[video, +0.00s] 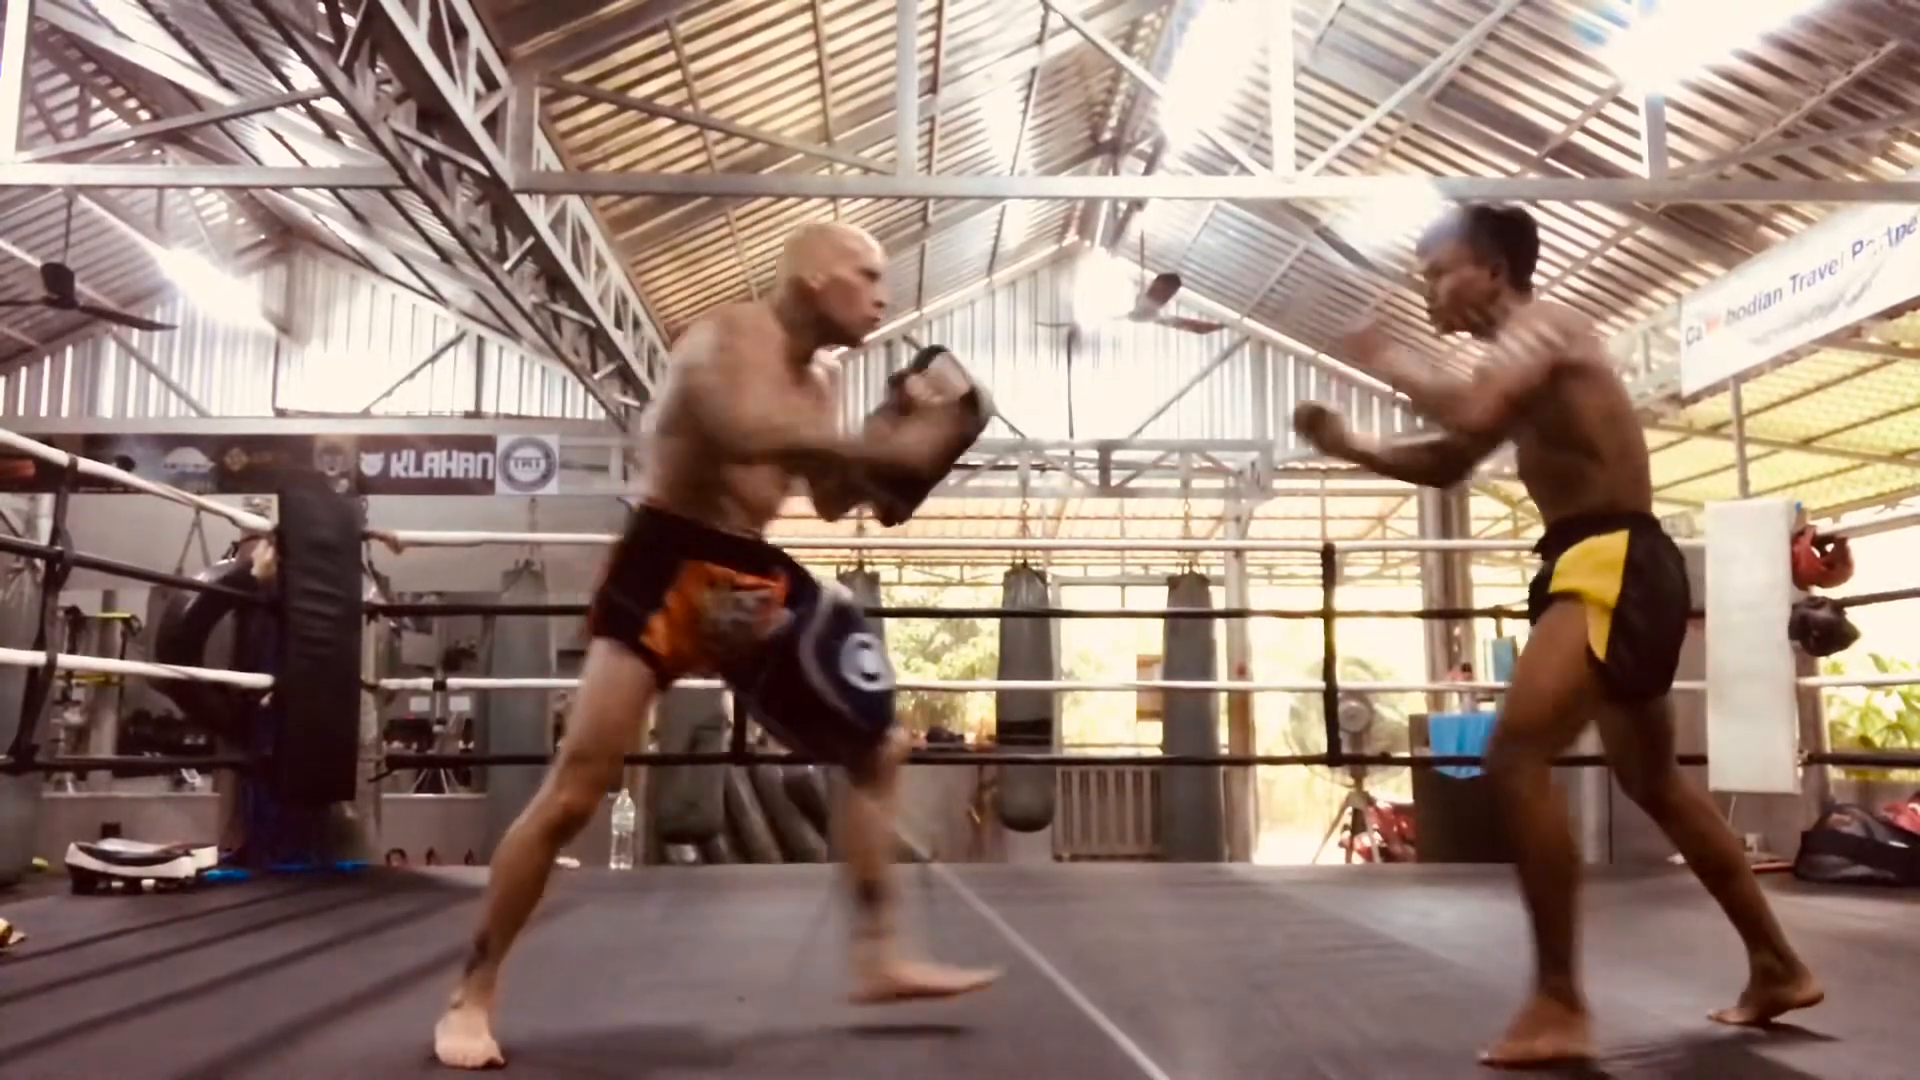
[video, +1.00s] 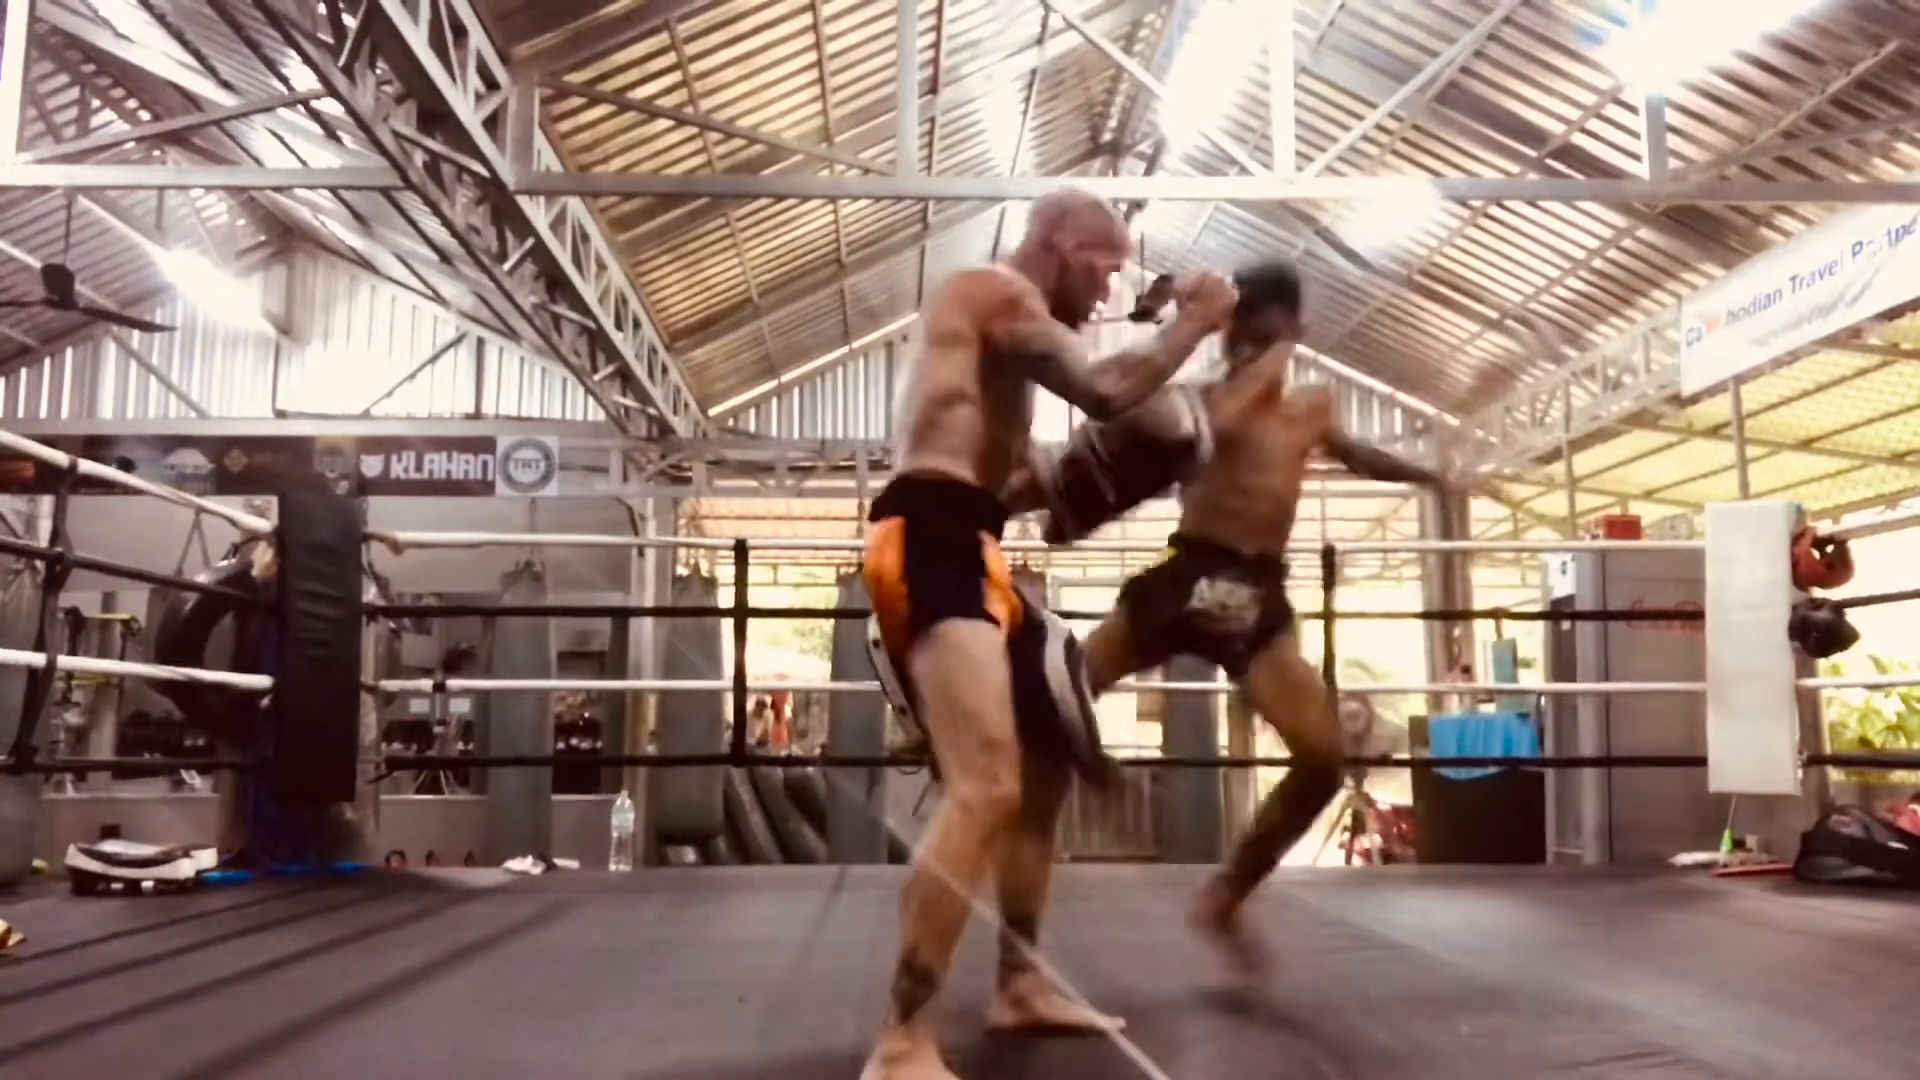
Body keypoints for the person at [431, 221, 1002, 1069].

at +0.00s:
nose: (881, 300)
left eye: (881, 284)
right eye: (868, 280)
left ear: (833, 287)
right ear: (816, 278)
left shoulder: (815, 385)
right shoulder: (733, 333)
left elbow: (833, 497)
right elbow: (740, 425)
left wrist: (904, 433)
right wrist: (884, 450)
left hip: (751, 576)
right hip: (665, 563)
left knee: (877, 745)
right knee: (572, 796)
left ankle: (876, 962)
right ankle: (473, 996)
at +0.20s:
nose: (962, 333)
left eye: (963, 322)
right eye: (952, 317)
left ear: (915, 316)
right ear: (905, 306)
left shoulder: (902, 387)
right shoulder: (871, 344)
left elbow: (953, 471)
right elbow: (1015, 362)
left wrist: (982, 366)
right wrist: (1125, 324)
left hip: (882, 590)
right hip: (849, 582)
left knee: (1013, 777)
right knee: (830, 809)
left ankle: (1020, 984)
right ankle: (604, 905)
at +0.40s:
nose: (1028, 328)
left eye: (1032, 320)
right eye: (1019, 305)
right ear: (967, 288)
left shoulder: (966, 398)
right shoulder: (911, 323)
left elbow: (1030, 468)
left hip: (919, 586)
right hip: (926, 511)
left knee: (1021, 775)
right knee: (1158, 530)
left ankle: (1020, 981)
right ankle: (1237, 576)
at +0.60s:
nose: (1029, 259)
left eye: (1034, 244)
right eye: (1016, 241)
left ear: (1024, 253)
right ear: (963, 240)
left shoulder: (998, 346)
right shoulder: (919, 301)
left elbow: (1071, 435)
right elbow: (857, 381)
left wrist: (1090, 342)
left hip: (955, 553)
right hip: (975, 503)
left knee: (1026, 770)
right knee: (1214, 508)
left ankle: (1022, 980)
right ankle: (1354, 634)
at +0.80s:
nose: (1062, 236)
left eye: (1067, 221)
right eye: (1048, 217)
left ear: (1017, 221)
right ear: (993, 213)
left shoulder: (982, 297)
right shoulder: (965, 279)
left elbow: (984, 433)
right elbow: (1052, 356)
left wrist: (1049, 403)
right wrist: (1178, 321)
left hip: (956, 527)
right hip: (989, 515)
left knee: (1035, 765)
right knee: (1093, 742)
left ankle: (1026, 974)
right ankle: (987, 984)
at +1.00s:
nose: (1109, 288)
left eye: (1116, 272)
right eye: (1103, 266)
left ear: (1061, 250)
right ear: (1054, 243)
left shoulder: (1017, 323)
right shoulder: (990, 288)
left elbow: (1002, 487)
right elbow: (1106, 385)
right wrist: (1193, 323)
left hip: (977, 545)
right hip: (930, 534)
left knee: (1044, 767)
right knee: (984, 786)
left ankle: (1022, 982)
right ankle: (901, 1042)